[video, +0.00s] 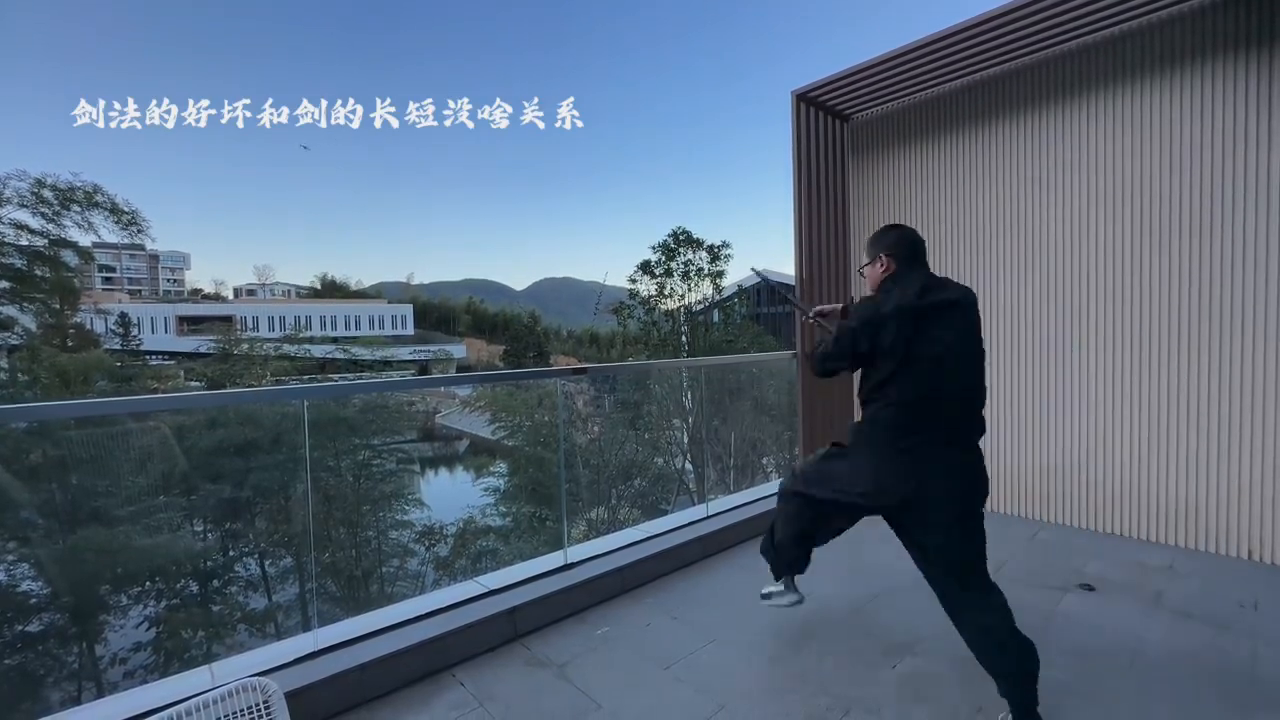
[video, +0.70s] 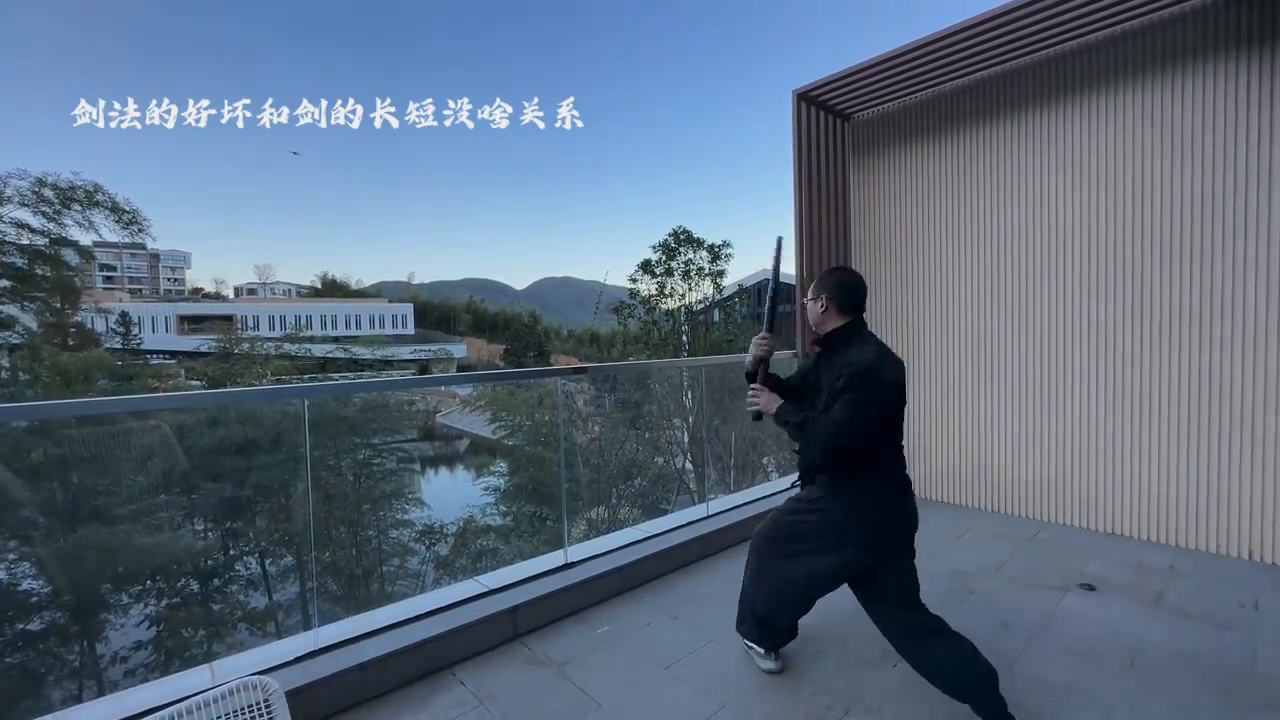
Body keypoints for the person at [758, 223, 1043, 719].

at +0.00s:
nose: (865, 276)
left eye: (866, 268)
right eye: (865, 267)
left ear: (885, 265)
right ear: (920, 262)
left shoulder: (877, 311)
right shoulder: (963, 301)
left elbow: (824, 364)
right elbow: (916, 328)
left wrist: (833, 328)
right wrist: (855, 313)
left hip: (886, 465)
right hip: (956, 471)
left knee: (801, 488)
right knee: (969, 587)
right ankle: (1024, 703)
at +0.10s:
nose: (837, 286)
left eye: (841, 279)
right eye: (839, 279)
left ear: (855, 284)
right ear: (891, 287)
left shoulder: (827, 341)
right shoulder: (926, 329)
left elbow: (806, 395)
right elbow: (949, 334)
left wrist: (850, 399)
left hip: (835, 490)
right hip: (909, 492)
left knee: (793, 556)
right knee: (953, 592)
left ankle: (767, 640)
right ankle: (1017, 697)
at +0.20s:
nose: (810, 301)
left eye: (814, 296)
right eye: (814, 294)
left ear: (824, 300)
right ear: (860, 302)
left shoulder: (795, 349)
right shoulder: (888, 351)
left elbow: (815, 393)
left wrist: (876, 361)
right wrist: (903, 370)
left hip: (800, 495)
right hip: (872, 499)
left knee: (777, 568)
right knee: (926, 595)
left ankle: (764, 643)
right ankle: (992, 702)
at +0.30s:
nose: (803, 303)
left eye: (806, 297)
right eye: (805, 295)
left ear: (817, 301)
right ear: (853, 305)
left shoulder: (787, 345)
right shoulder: (875, 356)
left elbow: (806, 384)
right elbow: (873, 405)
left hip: (795, 489)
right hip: (863, 492)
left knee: (774, 566)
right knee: (907, 597)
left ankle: (765, 641)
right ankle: (981, 698)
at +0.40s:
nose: (801, 304)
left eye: (805, 297)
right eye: (802, 297)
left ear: (818, 301)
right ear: (849, 304)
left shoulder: (803, 337)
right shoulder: (867, 354)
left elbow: (755, 333)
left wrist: (769, 321)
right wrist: (805, 326)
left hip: (805, 495)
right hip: (865, 496)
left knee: (767, 557)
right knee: (901, 604)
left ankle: (764, 640)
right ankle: (983, 703)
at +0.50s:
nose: (802, 304)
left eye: (806, 296)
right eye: (803, 297)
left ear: (821, 300)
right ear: (846, 303)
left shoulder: (830, 335)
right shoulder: (850, 344)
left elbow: (763, 320)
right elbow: (784, 391)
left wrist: (770, 296)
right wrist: (763, 349)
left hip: (823, 495)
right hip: (873, 497)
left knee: (768, 543)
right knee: (901, 609)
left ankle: (764, 639)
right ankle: (988, 700)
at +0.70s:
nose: (806, 309)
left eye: (810, 301)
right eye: (807, 301)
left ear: (825, 305)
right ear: (848, 307)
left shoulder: (868, 366)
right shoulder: (836, 357)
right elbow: (794, 398)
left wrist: (780, 410)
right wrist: (760, 371)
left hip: (844, 505)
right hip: (879, 505)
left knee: (771, 544)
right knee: (905, 619)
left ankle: (764, 638)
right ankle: (992, 705)